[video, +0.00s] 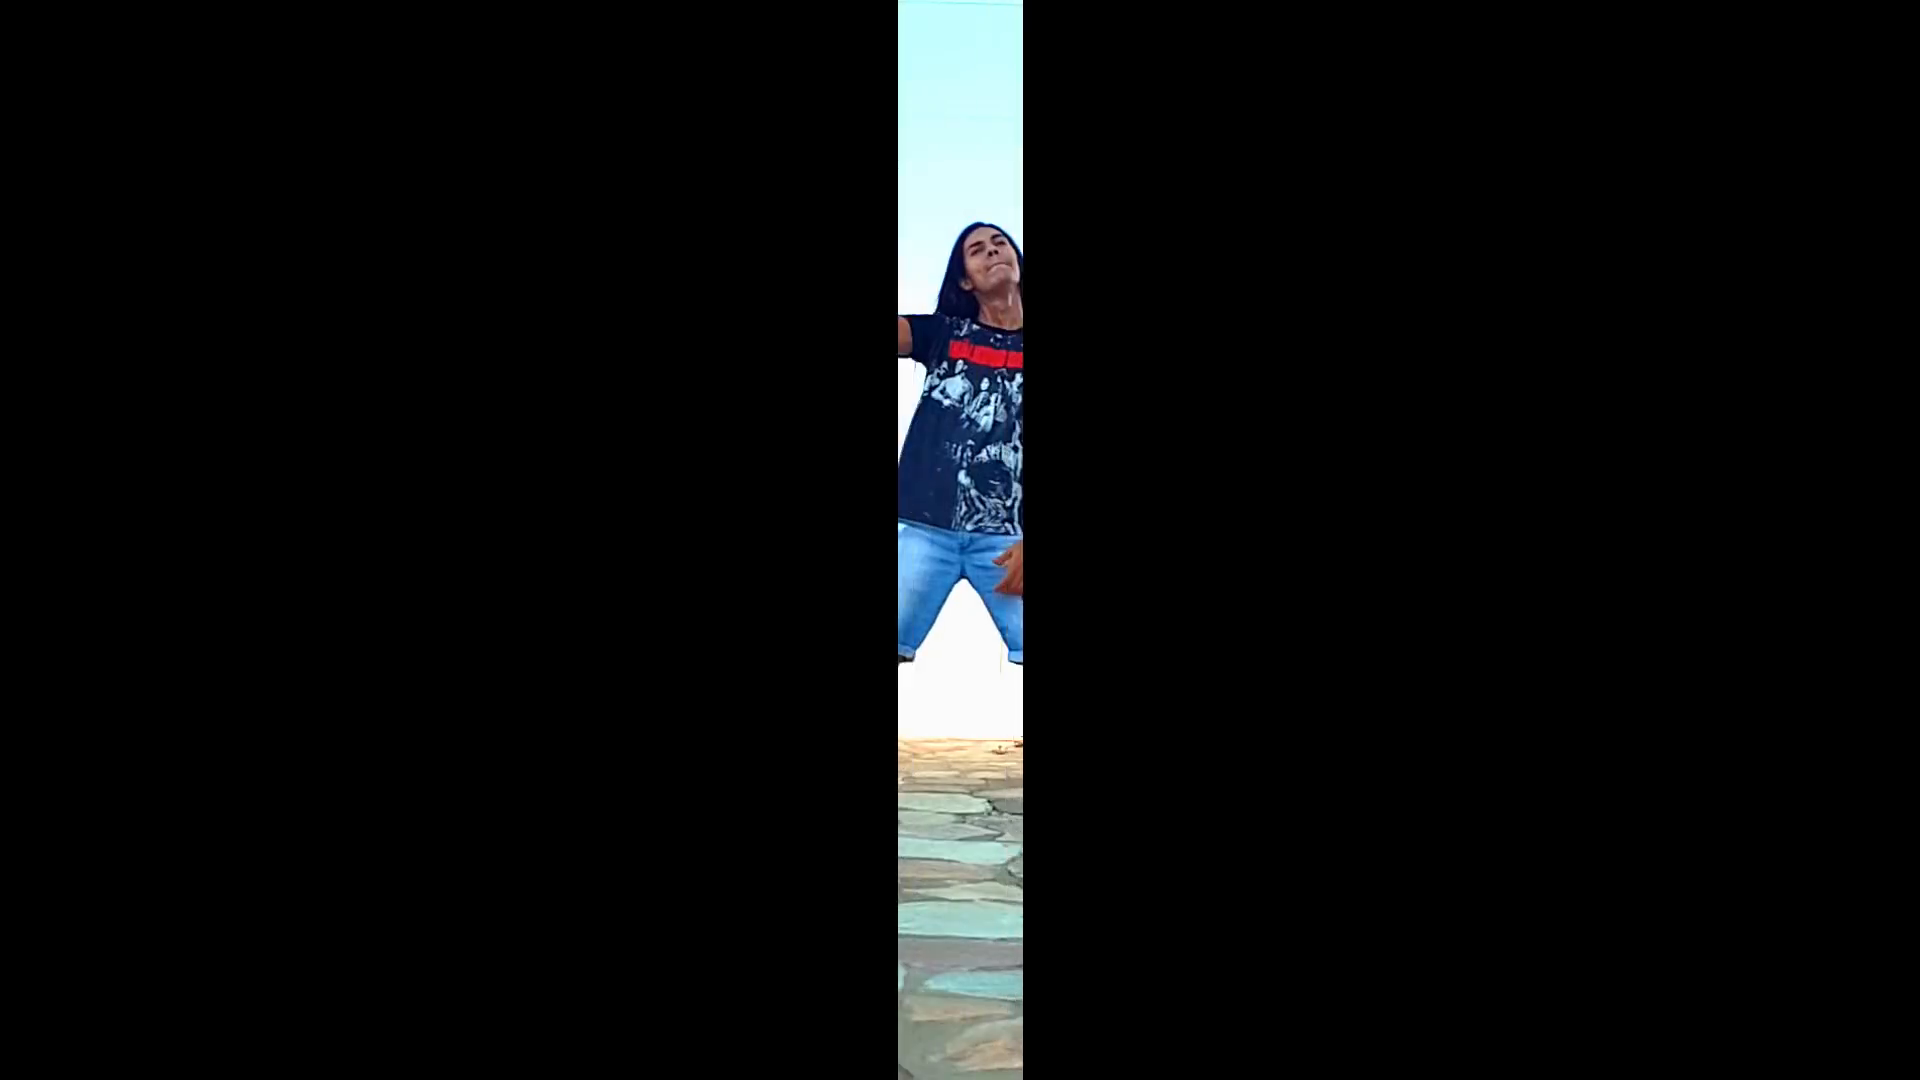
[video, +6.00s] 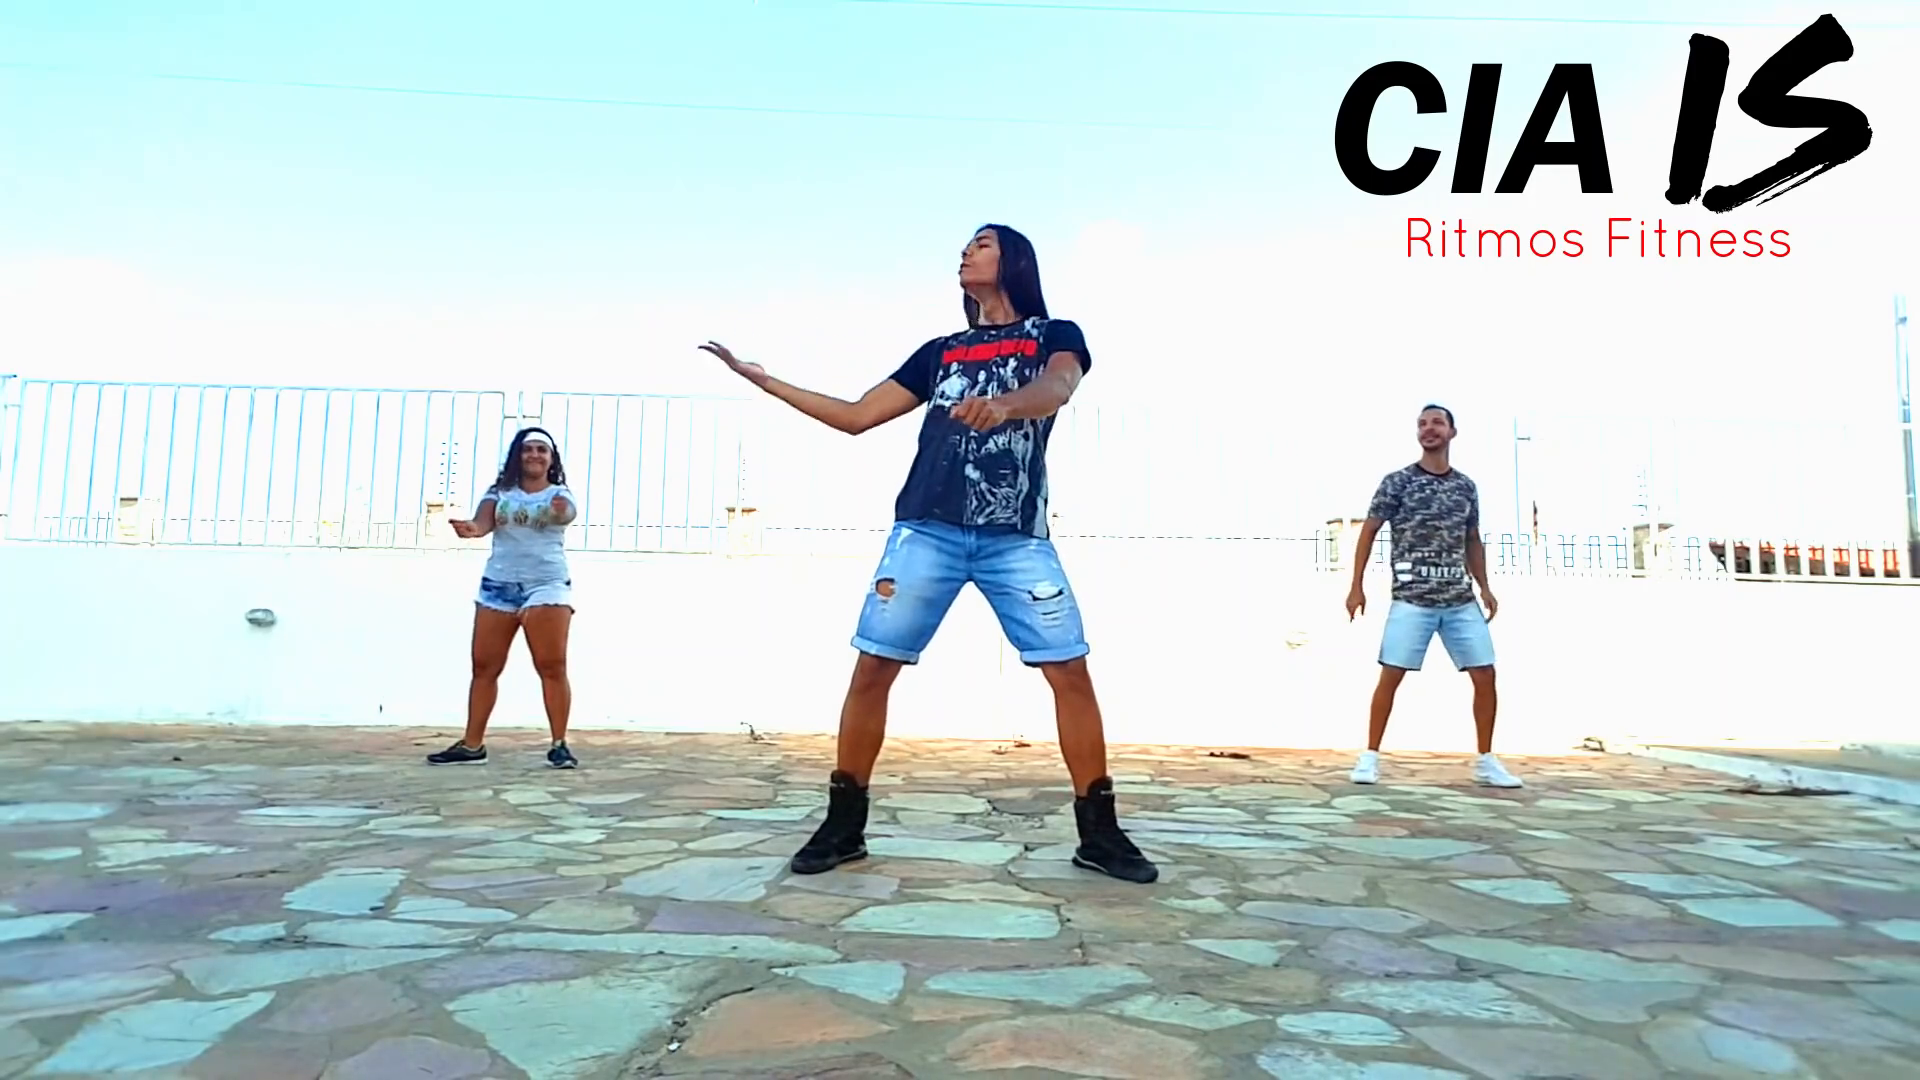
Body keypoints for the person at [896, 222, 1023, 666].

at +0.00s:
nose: (992, 251)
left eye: (1000, 243)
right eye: (977, 250)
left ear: (1019, 262)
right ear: (965, 281)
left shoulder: (1027, 339)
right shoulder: (945, 330)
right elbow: (897, 331)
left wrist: (1027, 540)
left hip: (1006, 535)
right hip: (922, 527)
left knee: (1030, 652)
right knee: (893, 648)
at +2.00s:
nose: (997, 251)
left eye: (1001, 246)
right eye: (982, 249)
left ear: (1016, 269)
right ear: (960, 278)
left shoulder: (1053, 353)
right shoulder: (929, 343)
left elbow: (1066, 451)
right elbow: (827, 341)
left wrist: (1033, 535)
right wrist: (824, 268)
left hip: (1016, 539)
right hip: (925, 531)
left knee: (1061, 676)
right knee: (873, 669)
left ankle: (1096, 832)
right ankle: (843, 825)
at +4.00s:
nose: (967, 270)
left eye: (978, 260)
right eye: (954, 262)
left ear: (997, 274)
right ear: (937, 279)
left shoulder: (1031, 336)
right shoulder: (923, 348)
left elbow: (1048, 361)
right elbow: (928, 391)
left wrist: (1013, 344)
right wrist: (902, 375)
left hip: (1017, 529)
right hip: (931, 526)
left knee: (1063, 667)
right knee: (874, 664)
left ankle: (1097, 831)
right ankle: (843, 824)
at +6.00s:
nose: (964, 253)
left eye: (980, 245)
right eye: (966, 246)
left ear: (1013, 262)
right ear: (969, 270)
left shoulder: (1055, 334)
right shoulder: (940, 352)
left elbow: (1058, 387)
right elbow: (855, 416)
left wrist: (1002, 406)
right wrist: (764, 379)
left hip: (1016, 536)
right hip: (928, 531)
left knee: (1070, 670)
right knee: (872, 669)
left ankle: (1099, 831)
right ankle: (843, 824)